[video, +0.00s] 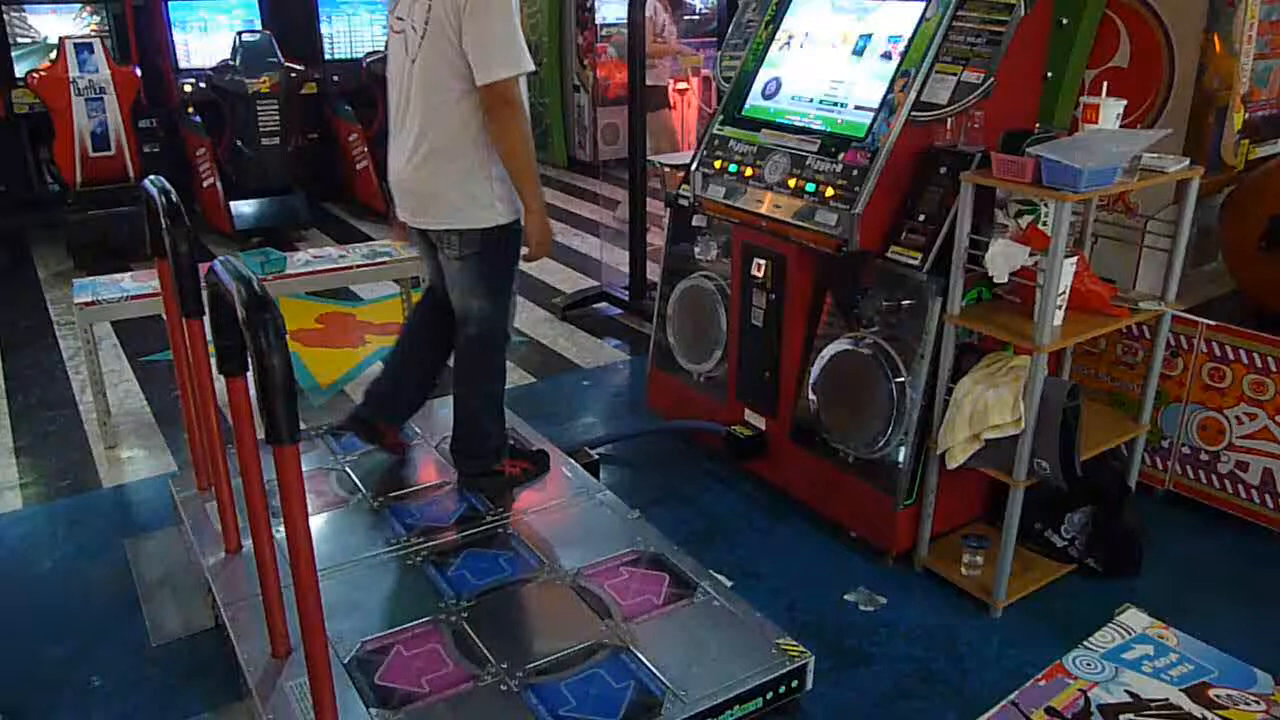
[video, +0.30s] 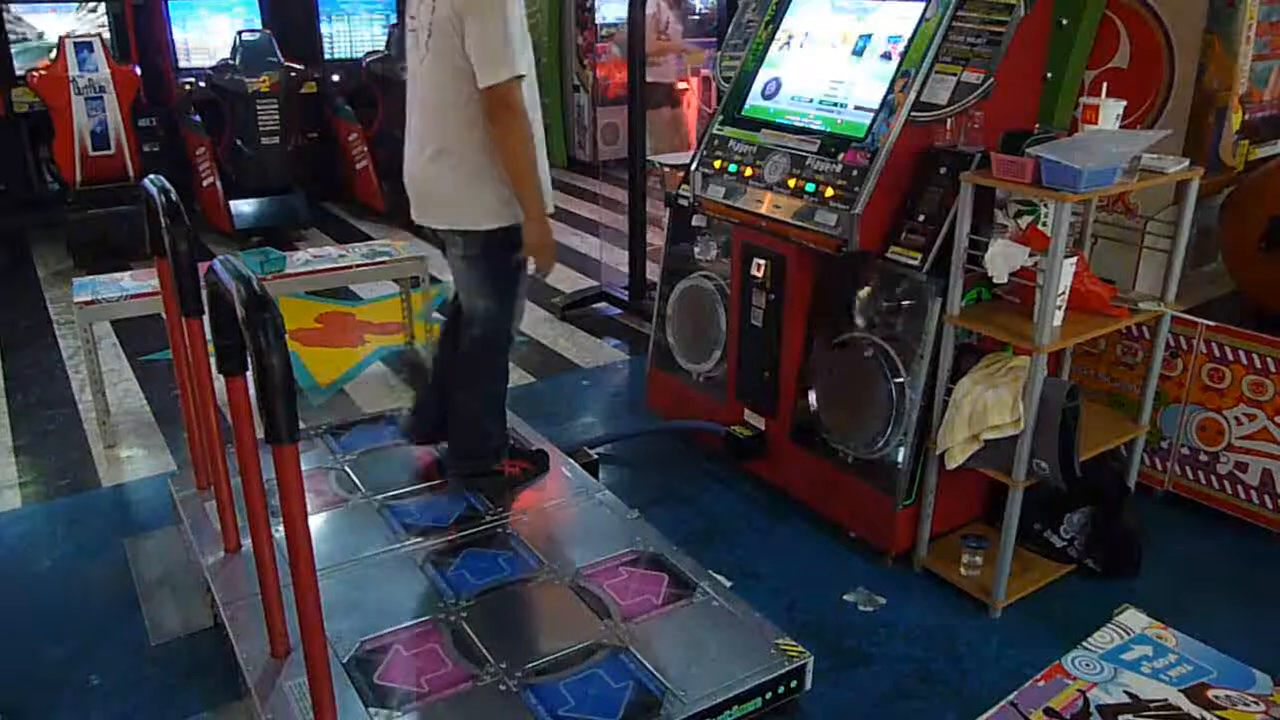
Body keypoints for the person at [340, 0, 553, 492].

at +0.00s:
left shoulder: (410, 5)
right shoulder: (484, 4)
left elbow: (407, 96)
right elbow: (500, 102)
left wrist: (404, 193)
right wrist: (535, 206)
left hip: (421, 187)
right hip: (473, 195)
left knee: (445, 303)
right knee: (483, 337)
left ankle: (380, 414)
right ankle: (482, 463)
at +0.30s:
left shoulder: (427, 5)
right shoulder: (487, 4)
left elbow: (434, 92)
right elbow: (503, 106)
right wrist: (535, 215)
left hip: (440, 191)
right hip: (485, 197)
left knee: (472, 310)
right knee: (489, 337)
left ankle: (433, 417)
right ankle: (478, 459)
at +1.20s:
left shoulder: (515, 7)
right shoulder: (459, 4)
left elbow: (504, 90)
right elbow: (447, 89)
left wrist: (518, 181)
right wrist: (459, 196)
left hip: (494, 189)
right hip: (481, 196)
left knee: (471, 317)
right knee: (502, 323)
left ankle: (472, 431)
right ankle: (490, 454)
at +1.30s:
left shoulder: (534, 8)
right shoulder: (465, 4)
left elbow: (547, 92)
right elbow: (449, 93)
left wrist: (581, 163)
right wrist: (463, 197)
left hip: (501, 185)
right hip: (474, 191)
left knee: (468, 314)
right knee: (501, 324)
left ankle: (468, 425)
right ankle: (519, 456)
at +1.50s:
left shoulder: (550, 8)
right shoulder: (473, 5)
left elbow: (590, 82)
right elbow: (461, 98)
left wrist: (648, 137)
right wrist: (481, 203)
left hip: (524, 190)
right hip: (489, 195)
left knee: (485, 310)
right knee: (512, 327)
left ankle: (470, 412)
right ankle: (531, 452)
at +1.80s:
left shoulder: (574, 5)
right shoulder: (482, 4)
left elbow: (616, 68)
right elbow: (469, 98)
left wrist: (681, 134)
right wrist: (497, 212)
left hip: (553, 195)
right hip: (507, 202)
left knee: (523, 325)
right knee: (521, 333)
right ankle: (531, 454)